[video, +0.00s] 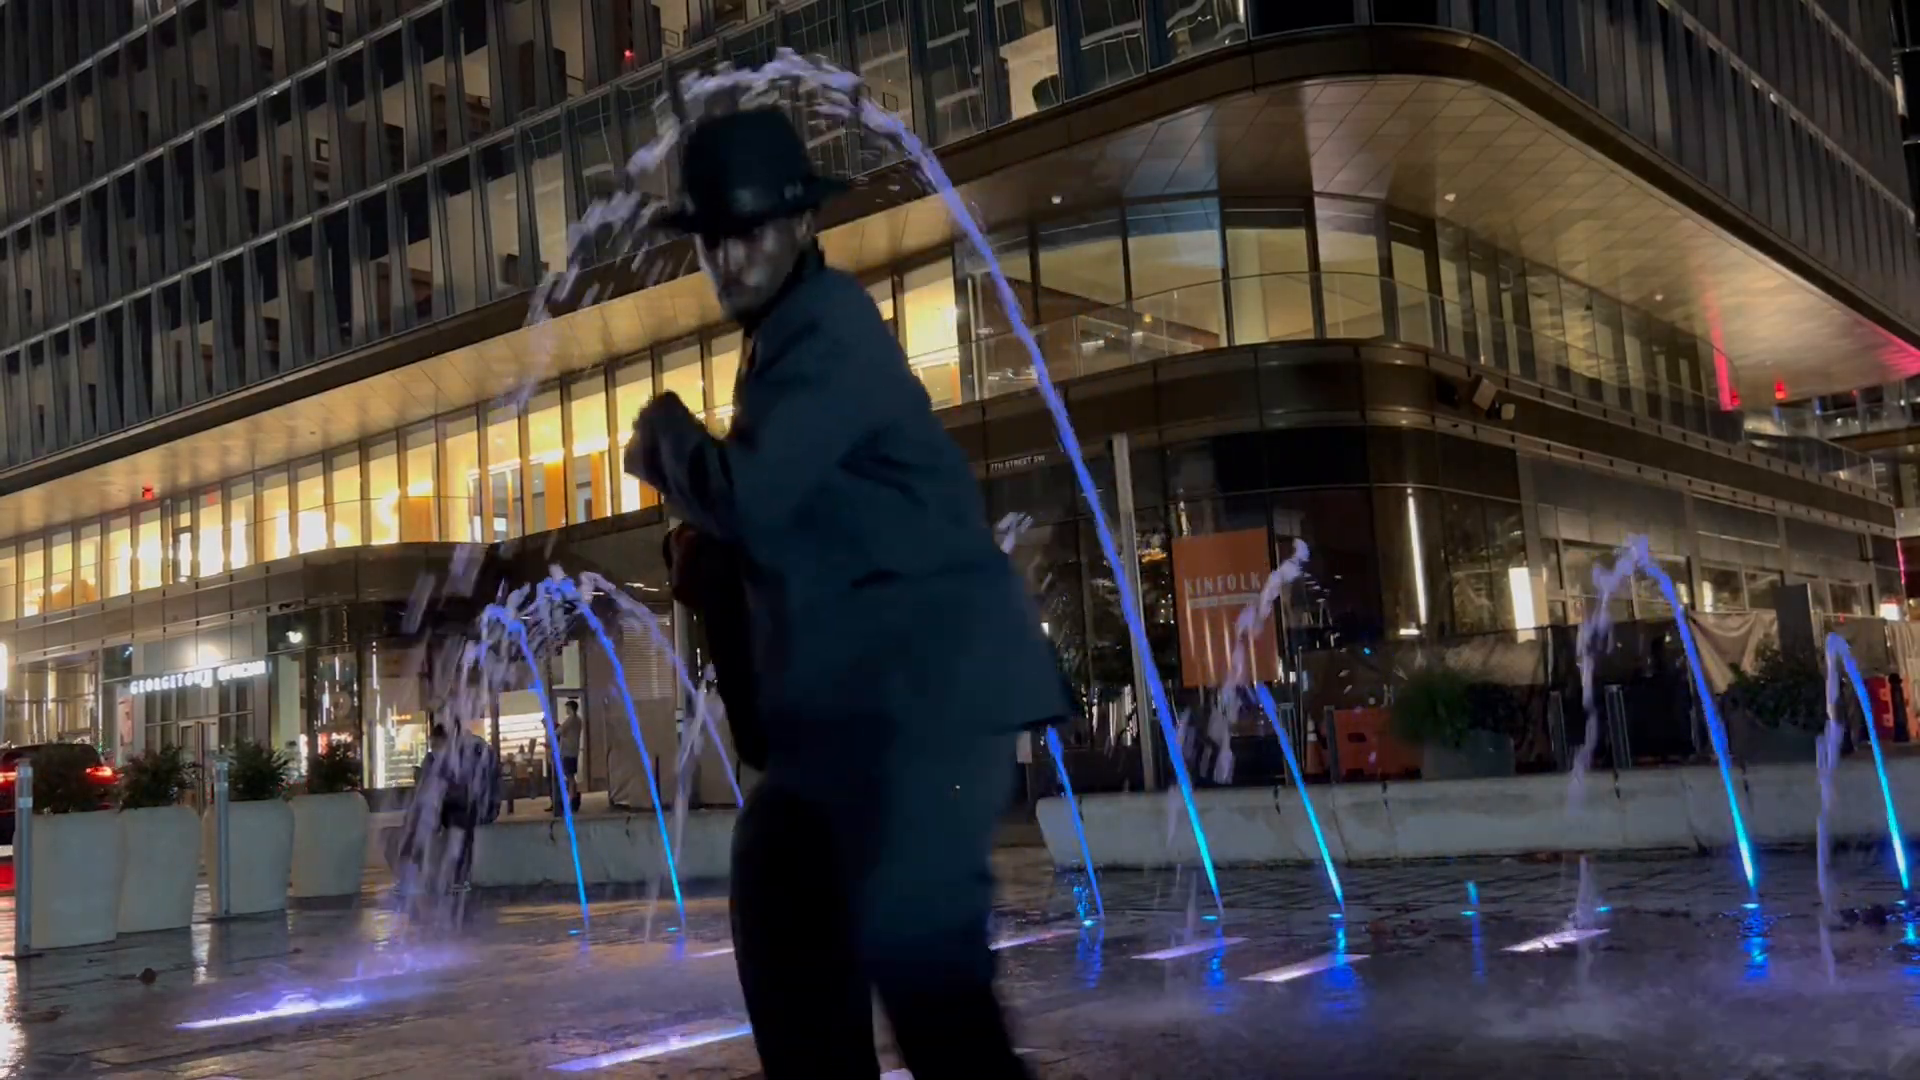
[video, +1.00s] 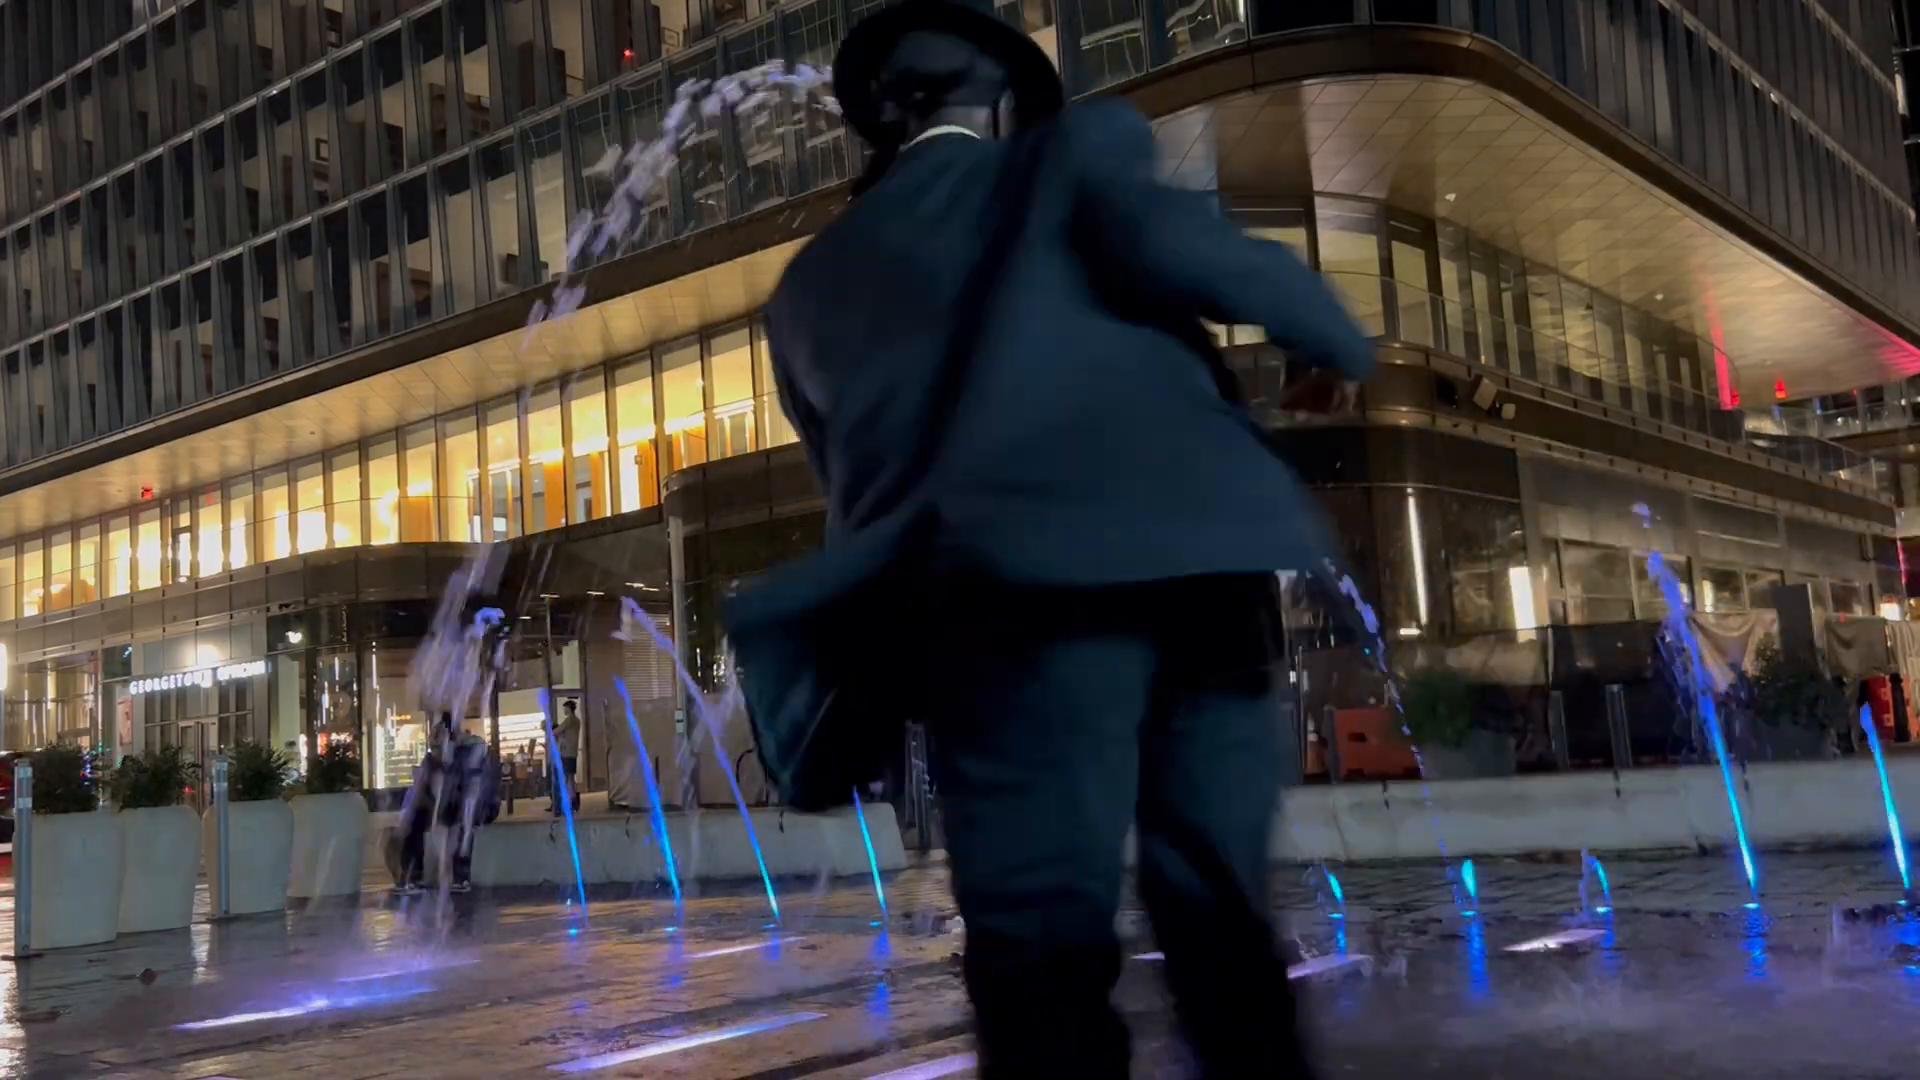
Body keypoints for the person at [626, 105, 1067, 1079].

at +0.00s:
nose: (728, 258)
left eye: (748, 231)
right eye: (710, 240)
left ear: (802, 225)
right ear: (697, 248)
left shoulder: (826, 332)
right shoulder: (786, 340)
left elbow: (761, 502)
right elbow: (813, 533)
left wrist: (667, 436)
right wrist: (715, 565)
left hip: (932, 693)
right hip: (858, 693)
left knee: (916, 927)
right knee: (780, 910)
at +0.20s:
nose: (833, 253)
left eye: (854, 223)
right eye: (812, 232)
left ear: (899, 228)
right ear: (799, 249)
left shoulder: (986, 372)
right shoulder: (782, 404)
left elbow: (1076, 550)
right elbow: (797, 565)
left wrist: (906, 558)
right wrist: (784, 623)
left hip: (1014, 720)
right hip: (854, 744)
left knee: (1099, 971)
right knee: (804, 956)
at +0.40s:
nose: (1059, 155)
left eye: (1068, 132)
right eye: (1027, 131)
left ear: (1082, 148)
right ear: (958, 154)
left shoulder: (1143, 317)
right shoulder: (887, 308)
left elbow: (1215, 509)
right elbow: (833, 504)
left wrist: (1202, 457)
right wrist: (873, 568)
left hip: (1150, 677)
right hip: (1002, 681)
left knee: (1203, 1004)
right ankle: (751, 1071)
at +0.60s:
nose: (1128, 166)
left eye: (1135, 141)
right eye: (1100, 137)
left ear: (1128, 153)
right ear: (1016, 142)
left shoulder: (1167, 310)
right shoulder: (913, 286)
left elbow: (1273, 473)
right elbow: (841, 497)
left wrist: (1297, 359)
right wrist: (909, 570)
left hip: (1156, 595)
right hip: (1018, 601)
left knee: (1223, 966)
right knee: (1338, 543)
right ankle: (1761, 518)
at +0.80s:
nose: (1141, 151)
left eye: (1145, 125)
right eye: (1123, 119)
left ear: (1038, 116)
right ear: (1040, 107)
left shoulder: (1027, 226)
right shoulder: (976, 171)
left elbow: (1065, 435)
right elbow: (874, 341)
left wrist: (1218, 395)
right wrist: (1066, 444)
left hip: (1025, 611)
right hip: (1080, 554)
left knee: (1166, 942)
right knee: (1421, 596)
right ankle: (1651, 865)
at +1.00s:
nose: (1010, 114)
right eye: (1008, 99)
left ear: (878, 129)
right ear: (1005, 100)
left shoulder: (808, 284)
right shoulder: (1076, 147)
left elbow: (854, 498)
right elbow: (1166, 242)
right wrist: (1341, 335)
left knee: (1036, 961)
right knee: (1218, 913)